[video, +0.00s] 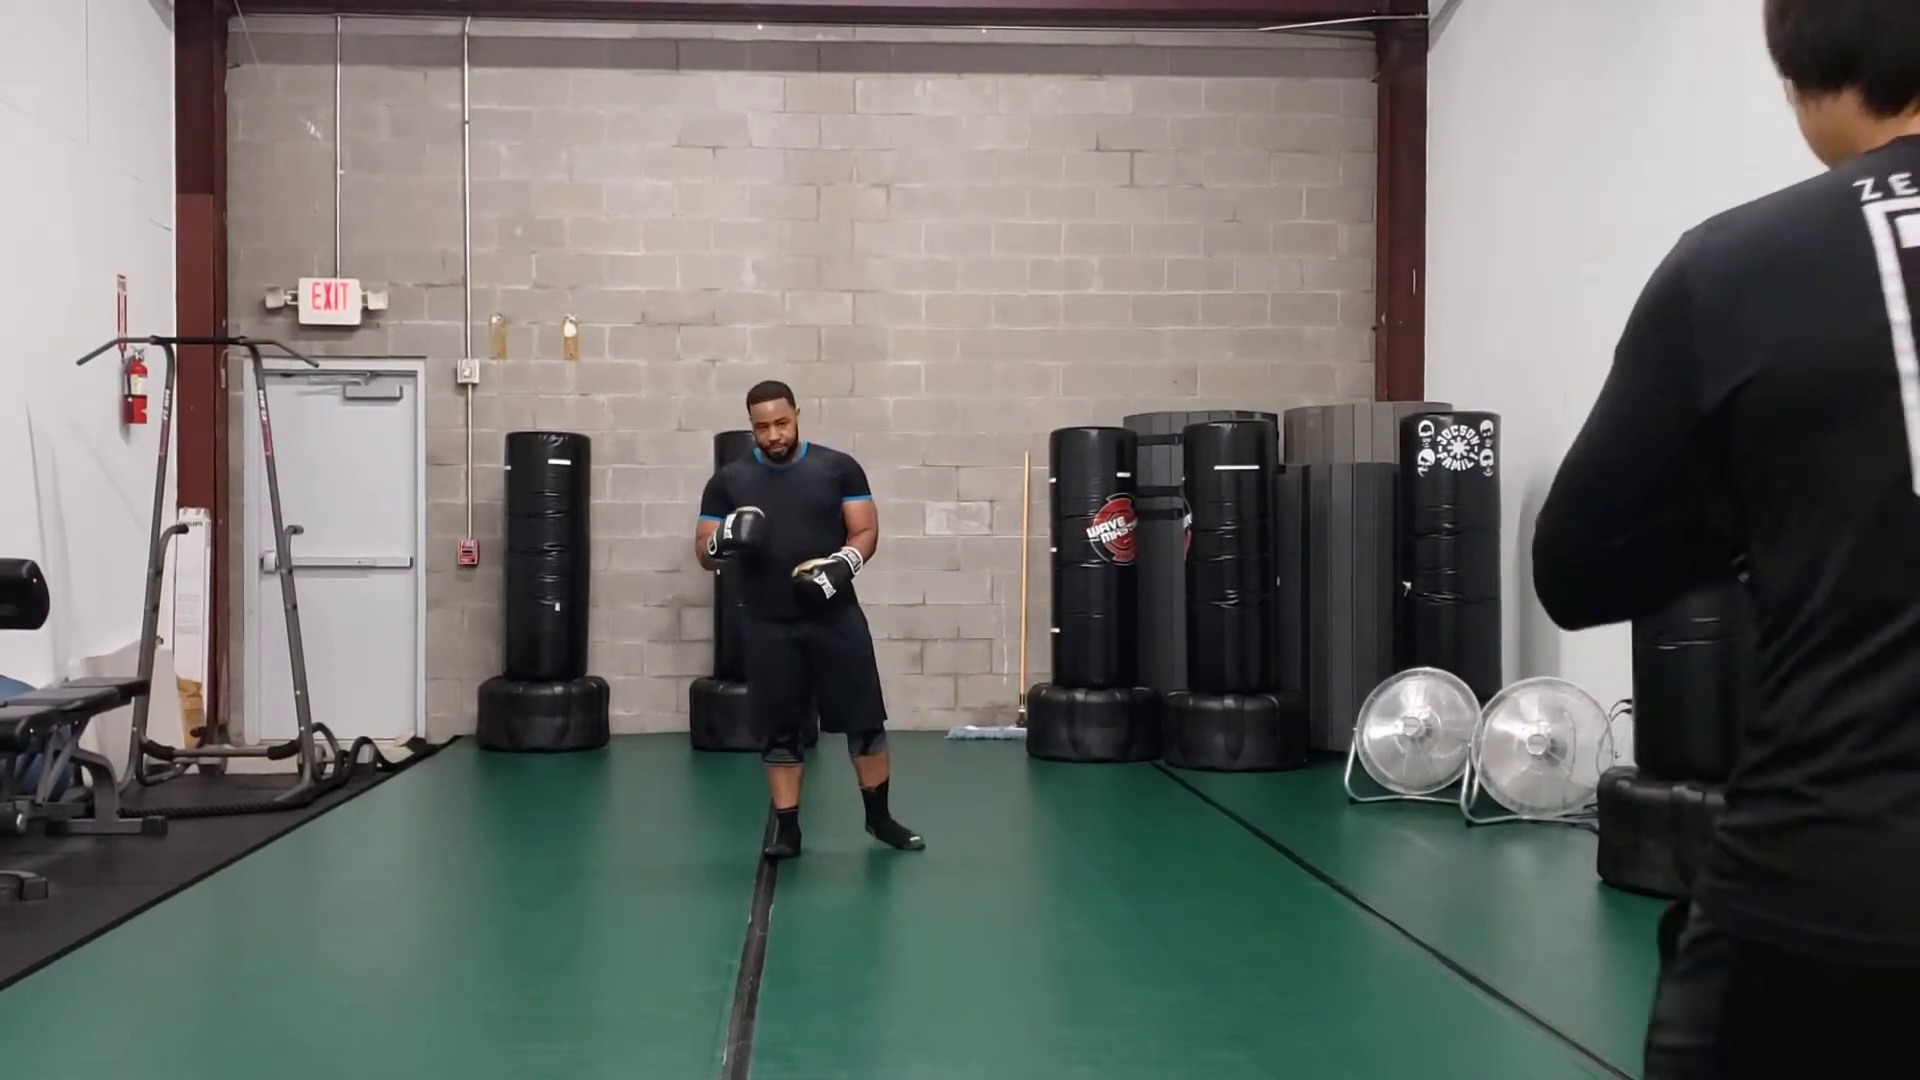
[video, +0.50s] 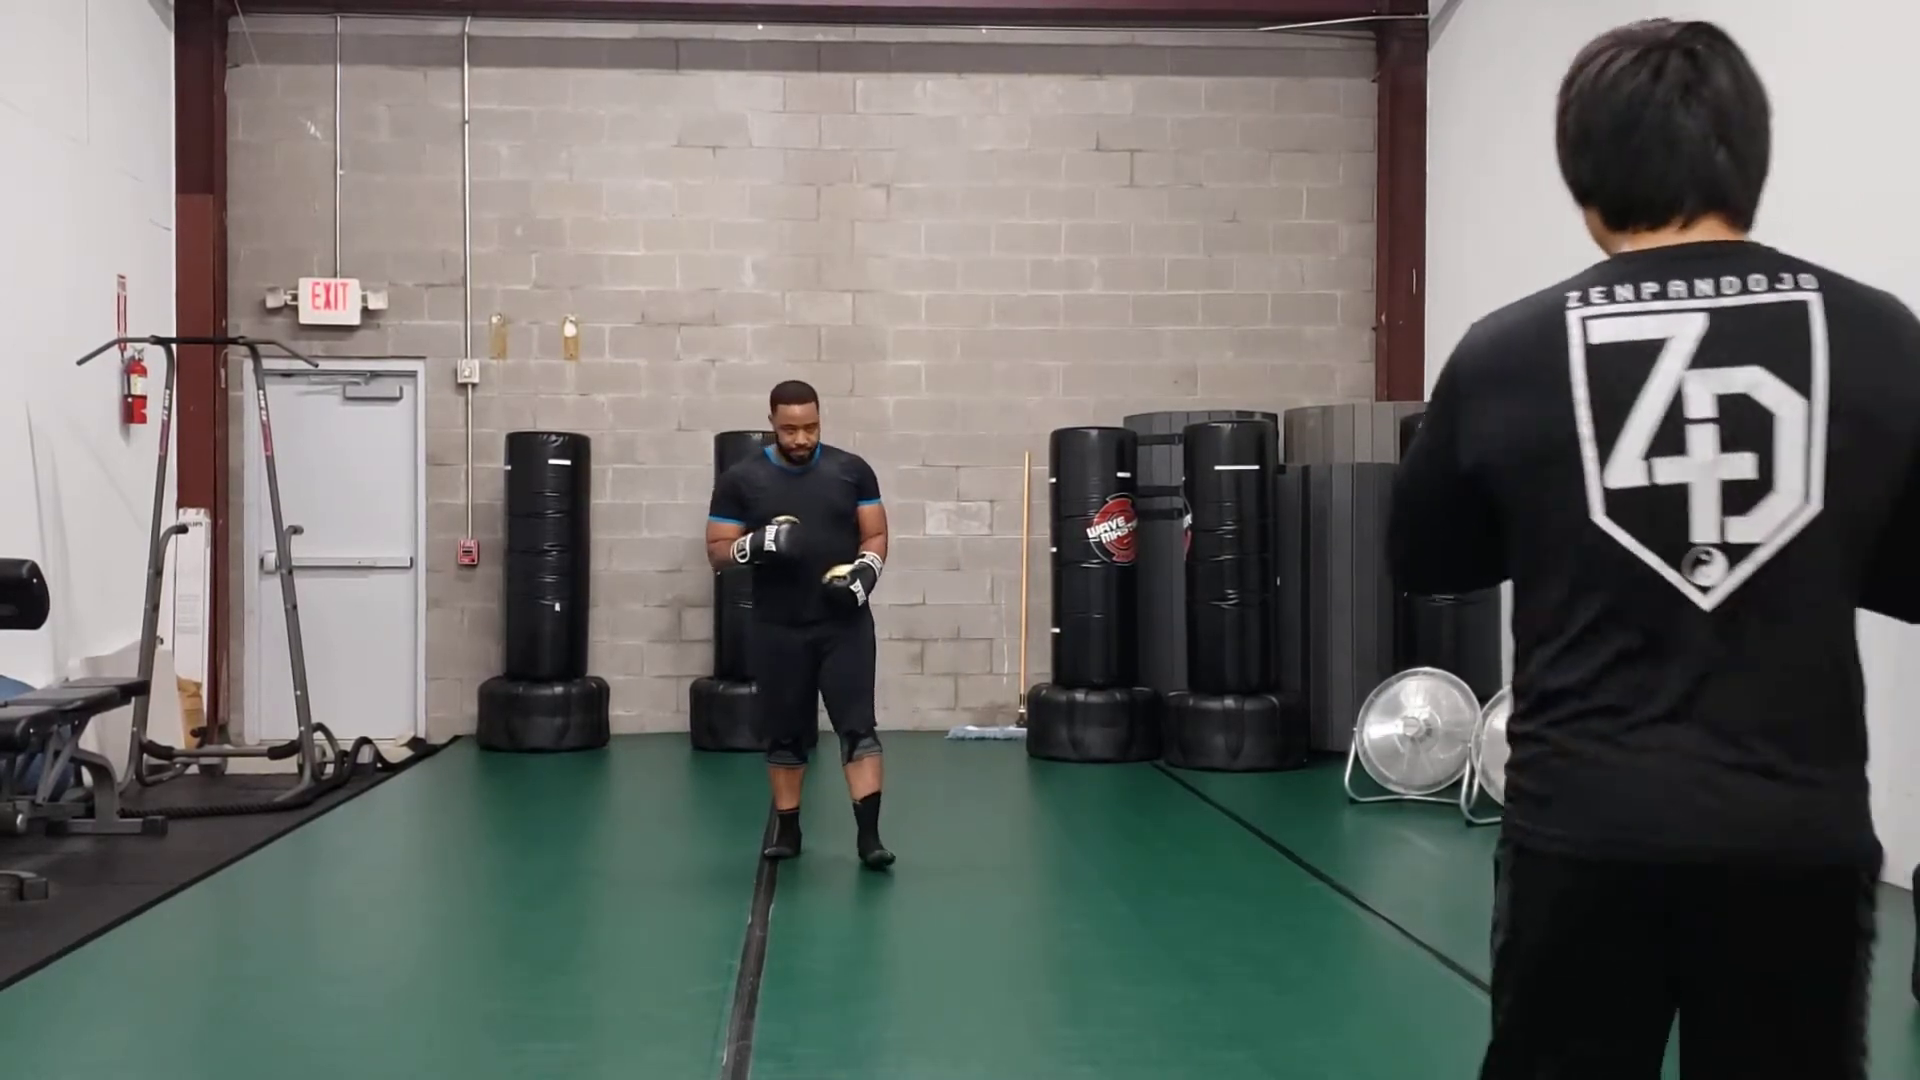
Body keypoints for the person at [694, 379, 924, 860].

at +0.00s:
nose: (775, 434)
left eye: (783, 423)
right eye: (764, 426)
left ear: (797, 418)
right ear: (752, 428)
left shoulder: (840, 469)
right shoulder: (729, 483)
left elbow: (866, 533)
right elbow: (705, 549)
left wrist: (840, 566)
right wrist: (726, 540)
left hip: (835, 620)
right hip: (769, 626)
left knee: (865, 718)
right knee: (780, 729)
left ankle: (879, 817)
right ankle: (786, 832)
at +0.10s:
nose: (777, 435)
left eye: (784, 424)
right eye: (766, 427)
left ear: (799, 419)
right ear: (752, 427)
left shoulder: (840, 469)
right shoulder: (728, 482)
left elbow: (865, 533)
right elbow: (705, 546)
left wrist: (844, 566)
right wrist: (727, 541)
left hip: (836, 621)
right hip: (769, 627)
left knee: (868, 717)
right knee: (780, 730)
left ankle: (882, 812)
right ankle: (786, 831)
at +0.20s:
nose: (779, 436)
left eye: (787, 424)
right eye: (768, 427)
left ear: (801, 419)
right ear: (753, 426)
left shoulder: (839, 470)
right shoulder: (728, 482)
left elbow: (865, 533)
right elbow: (706, 548)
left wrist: (848, 567)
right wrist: (732, 543)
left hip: (838, 622)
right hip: (770, 628)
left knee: (870, 722)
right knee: (780, 732)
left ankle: (881, 814)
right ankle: (786, 830)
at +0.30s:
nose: (785, 437)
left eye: (793, 426)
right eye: (773, 428)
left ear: (805, 419)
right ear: (757, 425)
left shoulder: (841, 470)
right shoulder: (730, 482)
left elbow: (866, 532)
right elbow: (708, 550)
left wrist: (851, 569)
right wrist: (738, 546)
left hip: (839, 623)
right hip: (771, 628)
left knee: (865, 725)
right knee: (780, 733)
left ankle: (878, 823)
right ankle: (786, 831)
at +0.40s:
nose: (791, 437)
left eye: (800, 426)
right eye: (780, 428)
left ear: (812, 421)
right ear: (764, 425)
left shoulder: (845, 471)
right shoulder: (734, 481)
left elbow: (869, 534)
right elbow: (712, 551)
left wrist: (856, 571)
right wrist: (746, 546)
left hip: (840, 623)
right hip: (773, 627)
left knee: (859, 725)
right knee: (781, 731)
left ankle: (874, 832)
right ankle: (786, 831)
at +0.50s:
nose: (800, 438)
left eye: (808, 427)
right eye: (789, 429)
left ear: (819, 422)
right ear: (772, 424)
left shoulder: (852, 472)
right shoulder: (741, 479)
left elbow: (875, 536)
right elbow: (718, 550)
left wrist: (863, 574)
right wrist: (755, 542)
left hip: (843, 623)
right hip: (776, 627)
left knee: (858, 728)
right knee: (783, 734)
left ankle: (870, 838)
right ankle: (787, 832)